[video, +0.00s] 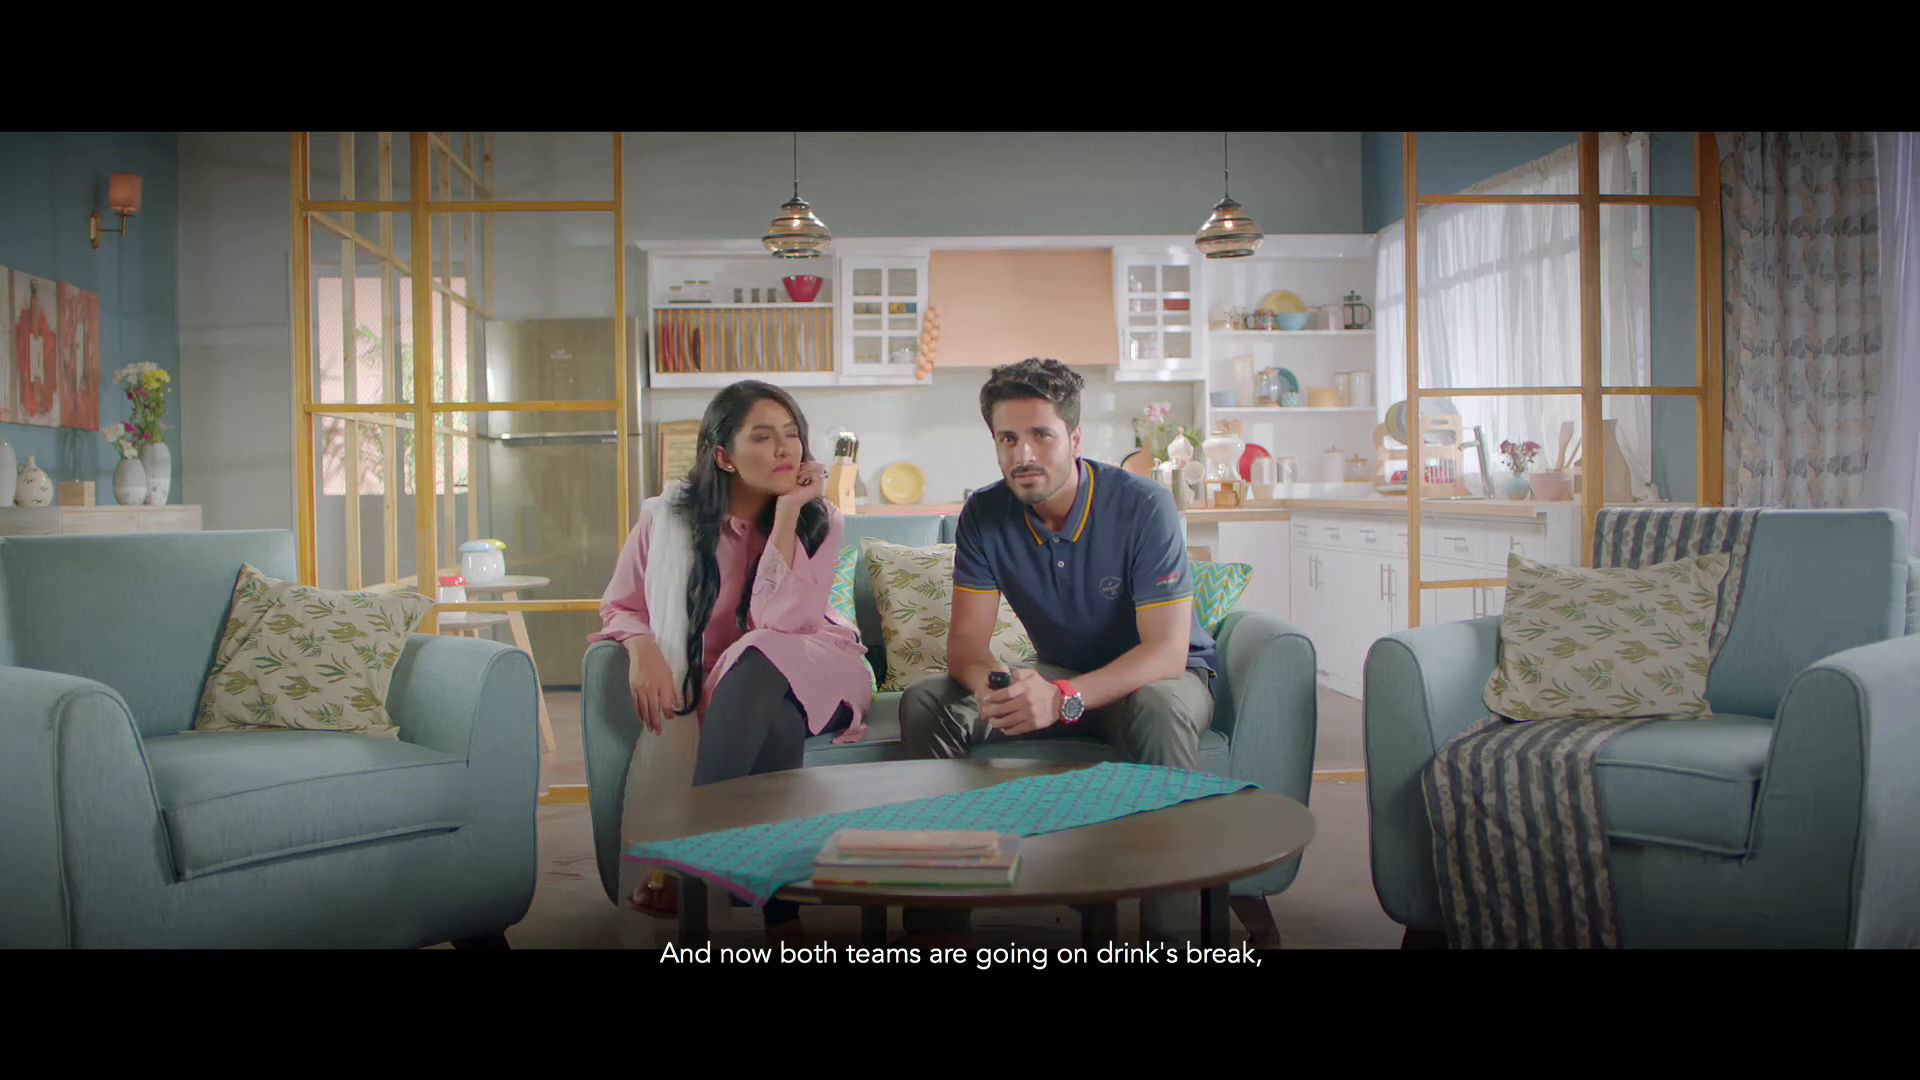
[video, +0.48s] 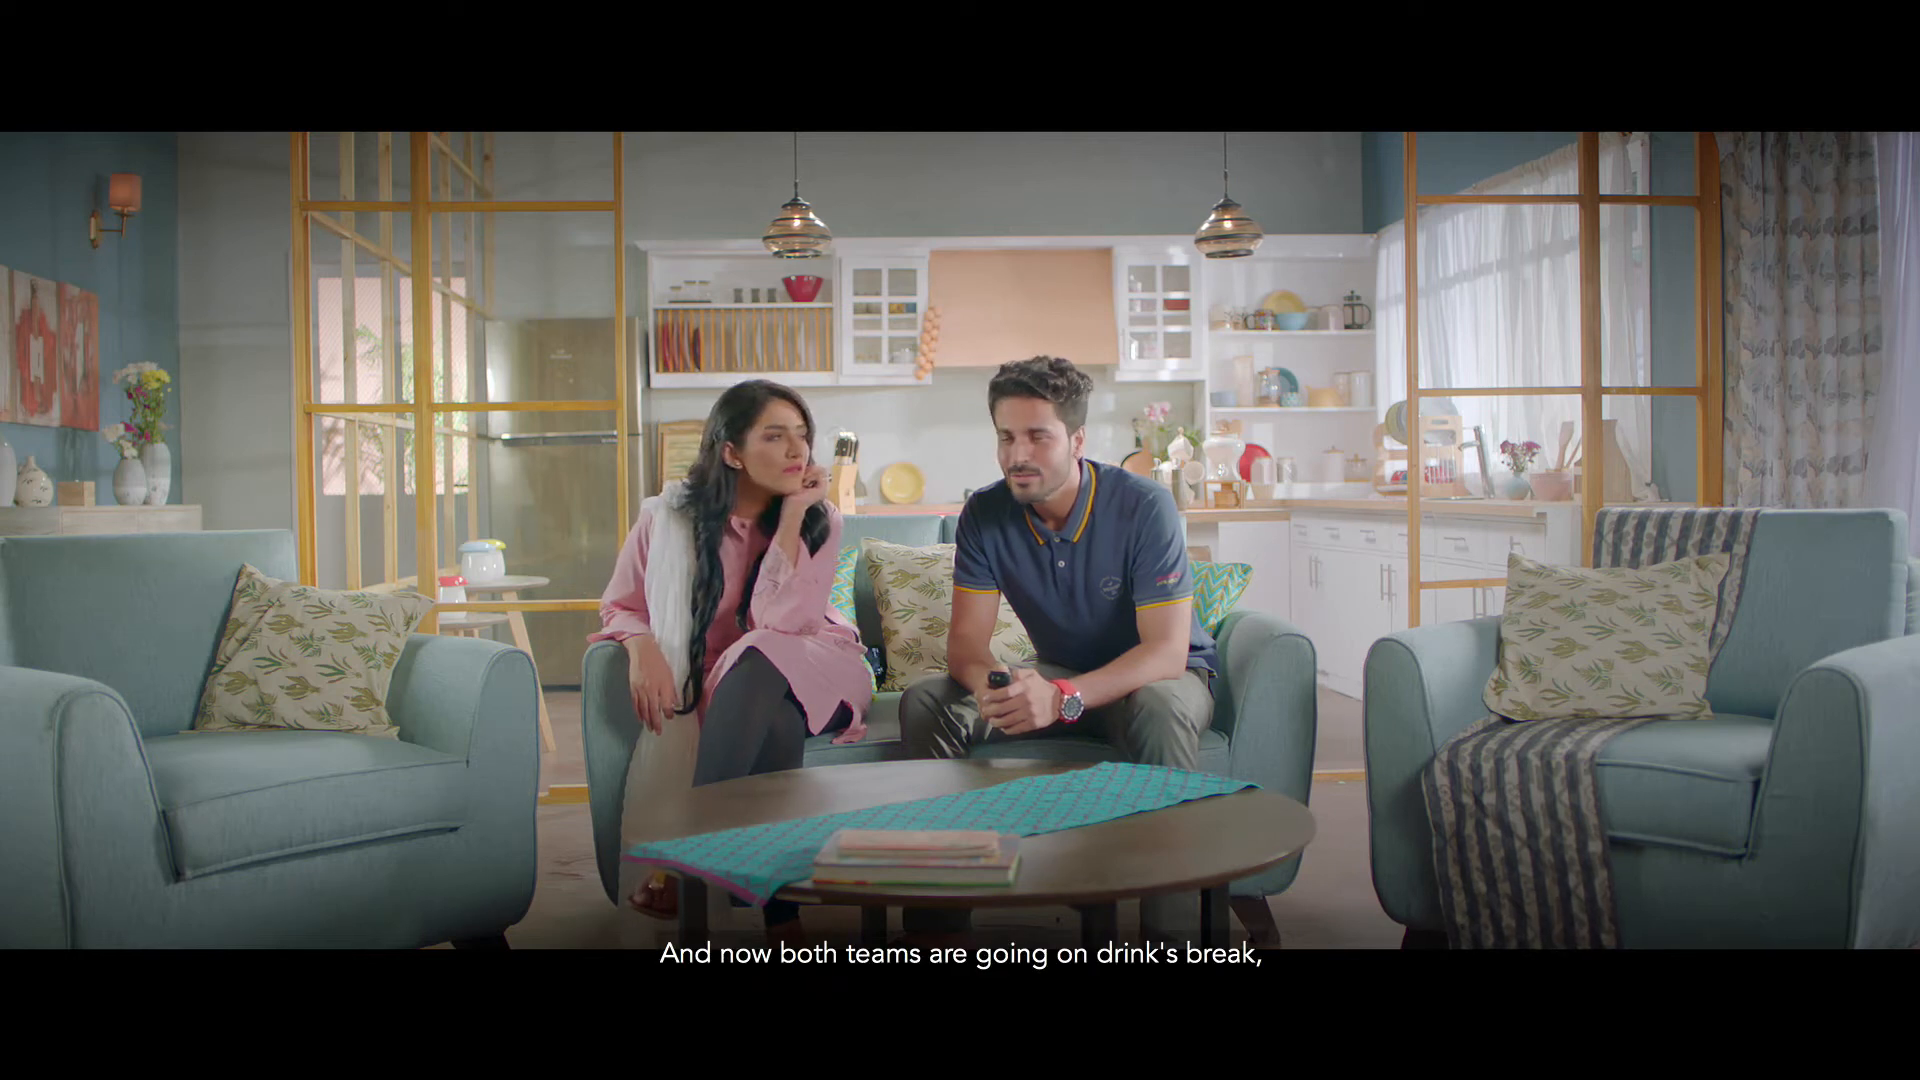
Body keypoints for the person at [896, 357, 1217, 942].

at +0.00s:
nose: (1023, 454)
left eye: (1040, 436)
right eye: (1008, 438)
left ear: (1075, 440)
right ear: (994, 443)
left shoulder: (1143, 508)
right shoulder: (985, 515)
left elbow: (1167, 654)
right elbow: (966, 647)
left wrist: (1064, 698)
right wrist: (996, 686)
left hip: (1157, 676)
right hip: (1059, 678)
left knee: (1157, 709)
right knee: (926, 702)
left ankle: (1171, 922)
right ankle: (942, 897)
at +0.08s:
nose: (1023, 454)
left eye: (1040, 436)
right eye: (1008, 438)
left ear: (1075, 440)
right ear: (994, 443)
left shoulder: (1143, 507)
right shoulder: (985, 515)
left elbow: (1167, 654)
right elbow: (966, 646)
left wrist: (1064, 698)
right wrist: (995, 686)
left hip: (1156, 676)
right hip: (1059, 677)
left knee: (1157, 709)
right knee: (926, 702)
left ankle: (1171, 923)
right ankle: (943, 897)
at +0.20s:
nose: (1023, 454)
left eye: (1040, 435)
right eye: (1008, 438)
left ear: (1076, 440)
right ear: (994, 443)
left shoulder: (1143, 507)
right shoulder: (985, 515)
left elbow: (1167, 654)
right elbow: (966, 647)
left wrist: (1064, 697)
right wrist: (996, 686)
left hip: (1156, 676)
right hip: (1059, 677)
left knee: (1157, 709)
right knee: (926, 702)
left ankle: (1172, 923)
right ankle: (943, 897)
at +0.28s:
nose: (1023, 454)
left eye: (1040, 435)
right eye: (1009, 438)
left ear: (1076, 440)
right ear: (995, 443)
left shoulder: (1143, 507)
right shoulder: (985, 515)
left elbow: (1166, 655)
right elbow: (966, 647)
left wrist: (1064, 697)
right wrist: (997, 686)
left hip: (1156, 677)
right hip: (1059, 679)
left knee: (1157, 709)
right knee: (926, 703)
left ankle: (1172, 922)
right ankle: (943, 897)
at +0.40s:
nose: (1022, 454)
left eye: (1040, 435)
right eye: (1009, 437)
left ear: (1076, 440)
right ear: (995, 442)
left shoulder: (1143, 507)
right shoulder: (985, 515)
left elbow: (1166, 655)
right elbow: (966, 647)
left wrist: (1063, 697)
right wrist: (997, 685)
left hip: (1156, 677)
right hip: (1059, 680)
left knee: (1157, 708)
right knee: (926, 703)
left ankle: (1172, 921)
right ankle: (943, 898)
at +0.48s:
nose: (1018, 455)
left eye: (1037, 437)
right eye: (1007, 438)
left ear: (1077, 441)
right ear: (995, 440)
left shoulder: (1143, 507)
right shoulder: (985, 515)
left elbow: (1167, 654)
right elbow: (966, 648)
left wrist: (1064, 697)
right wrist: (997, 686)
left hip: (1156, 677)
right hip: (1058, 679)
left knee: (1158, 708)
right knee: (925, 703)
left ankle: (1171, 926)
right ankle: (943, 898)